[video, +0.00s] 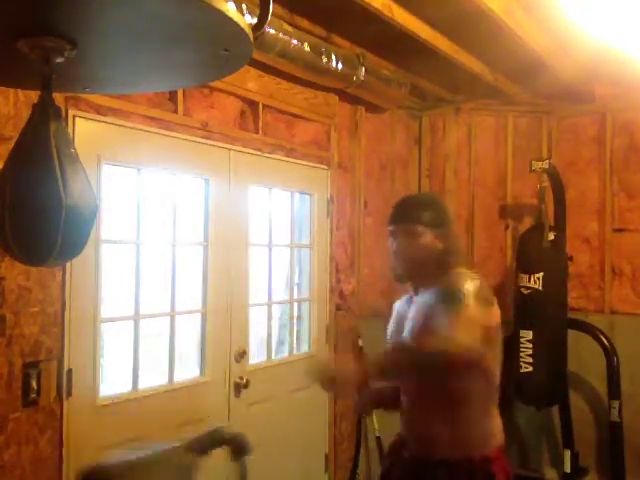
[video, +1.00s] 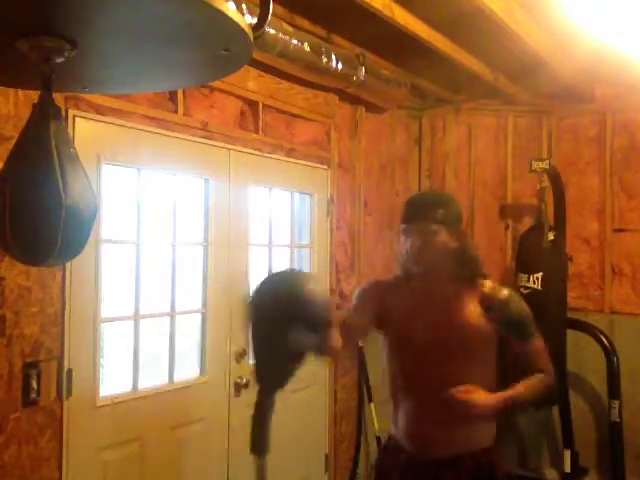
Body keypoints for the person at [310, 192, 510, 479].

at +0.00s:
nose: (395, 248)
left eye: (407, 236)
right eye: (393, 237)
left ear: (436, 239)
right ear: (389, 241)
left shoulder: (465, 290)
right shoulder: (402, 307)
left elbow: (452, 355)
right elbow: (412, 389)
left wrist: (368, 368)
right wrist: (369, 395)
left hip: (470, 462)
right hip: (418, 458)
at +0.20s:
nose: (424, 244)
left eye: (437, 232)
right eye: (418, 233)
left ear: (464, 237)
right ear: (410, 237)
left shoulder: (505, 303)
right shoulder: (393, 300)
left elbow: (548, 388)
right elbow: (348, 356)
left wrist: (476, 410)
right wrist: (338, 335)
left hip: (479, 462)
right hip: (414, 461)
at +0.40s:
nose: (418, 246)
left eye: (432, 234)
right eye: (410, 235)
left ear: (459, 239)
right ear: (404, 238)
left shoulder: (498, 306)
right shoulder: (382, 296)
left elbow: (539, 391)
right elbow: (345, 363)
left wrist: (475, 373)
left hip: (471, 462)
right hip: (401, 462)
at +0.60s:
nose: (388, 248)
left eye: (400, 237)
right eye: (385, 237)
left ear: (426, 237)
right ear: (381, 239)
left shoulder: (459, 288)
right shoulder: (386, 300)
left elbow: (412, 324)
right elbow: (387, 370)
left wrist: (318, 326)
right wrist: (370, 404)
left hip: (462, 459)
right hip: (405, 453)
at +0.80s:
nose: (385, 254)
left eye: (394, 243)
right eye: (385, 243)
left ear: (421, 243)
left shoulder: (457, 292)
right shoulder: (399, 305)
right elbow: (401, 375)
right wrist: (365, 380)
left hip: (467, 462)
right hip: (417, 457)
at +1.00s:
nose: (413, 246)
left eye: (428, 234)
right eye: (407, 234)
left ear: (454, 238)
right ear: (400, 240)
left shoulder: (496, 302)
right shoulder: (381, 297)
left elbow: (544, 378)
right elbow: (342, 344)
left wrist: (494, 401)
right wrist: (331, 324)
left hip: (471, 463)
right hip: (404, 462)